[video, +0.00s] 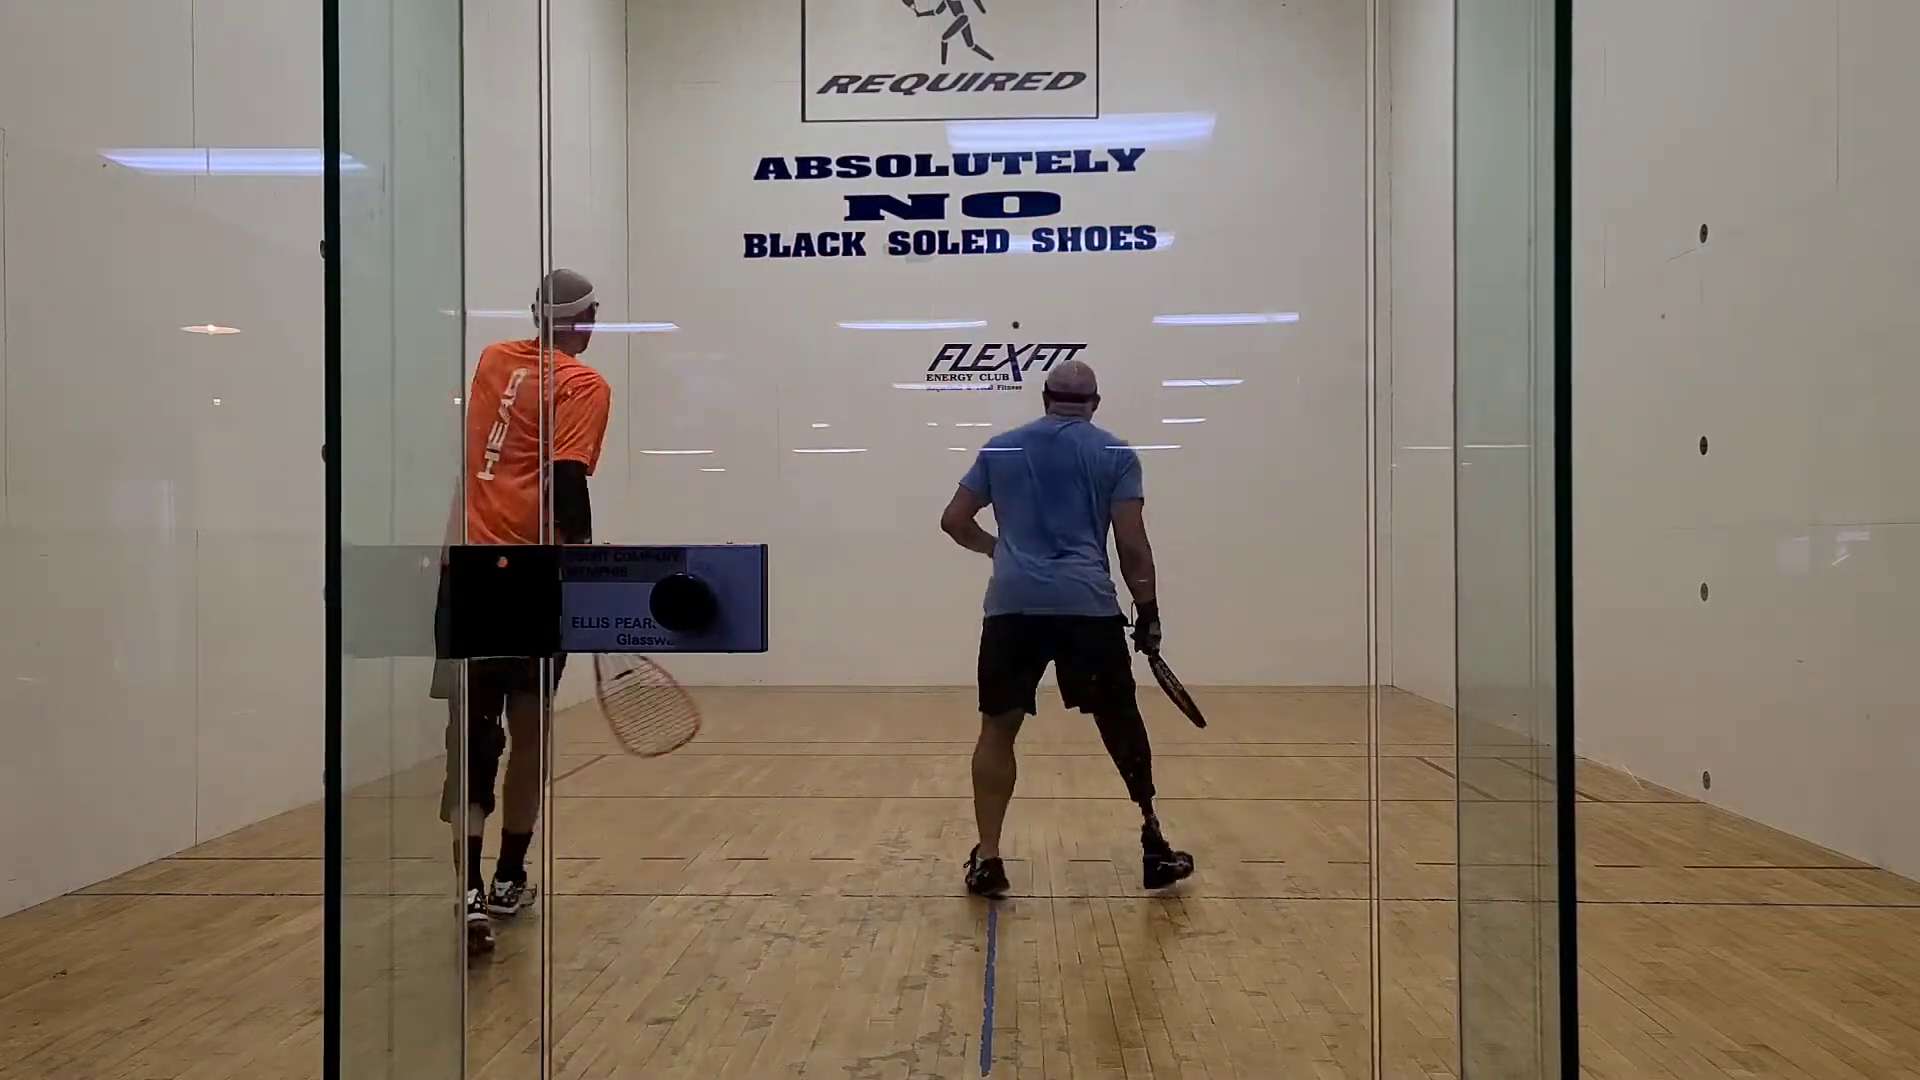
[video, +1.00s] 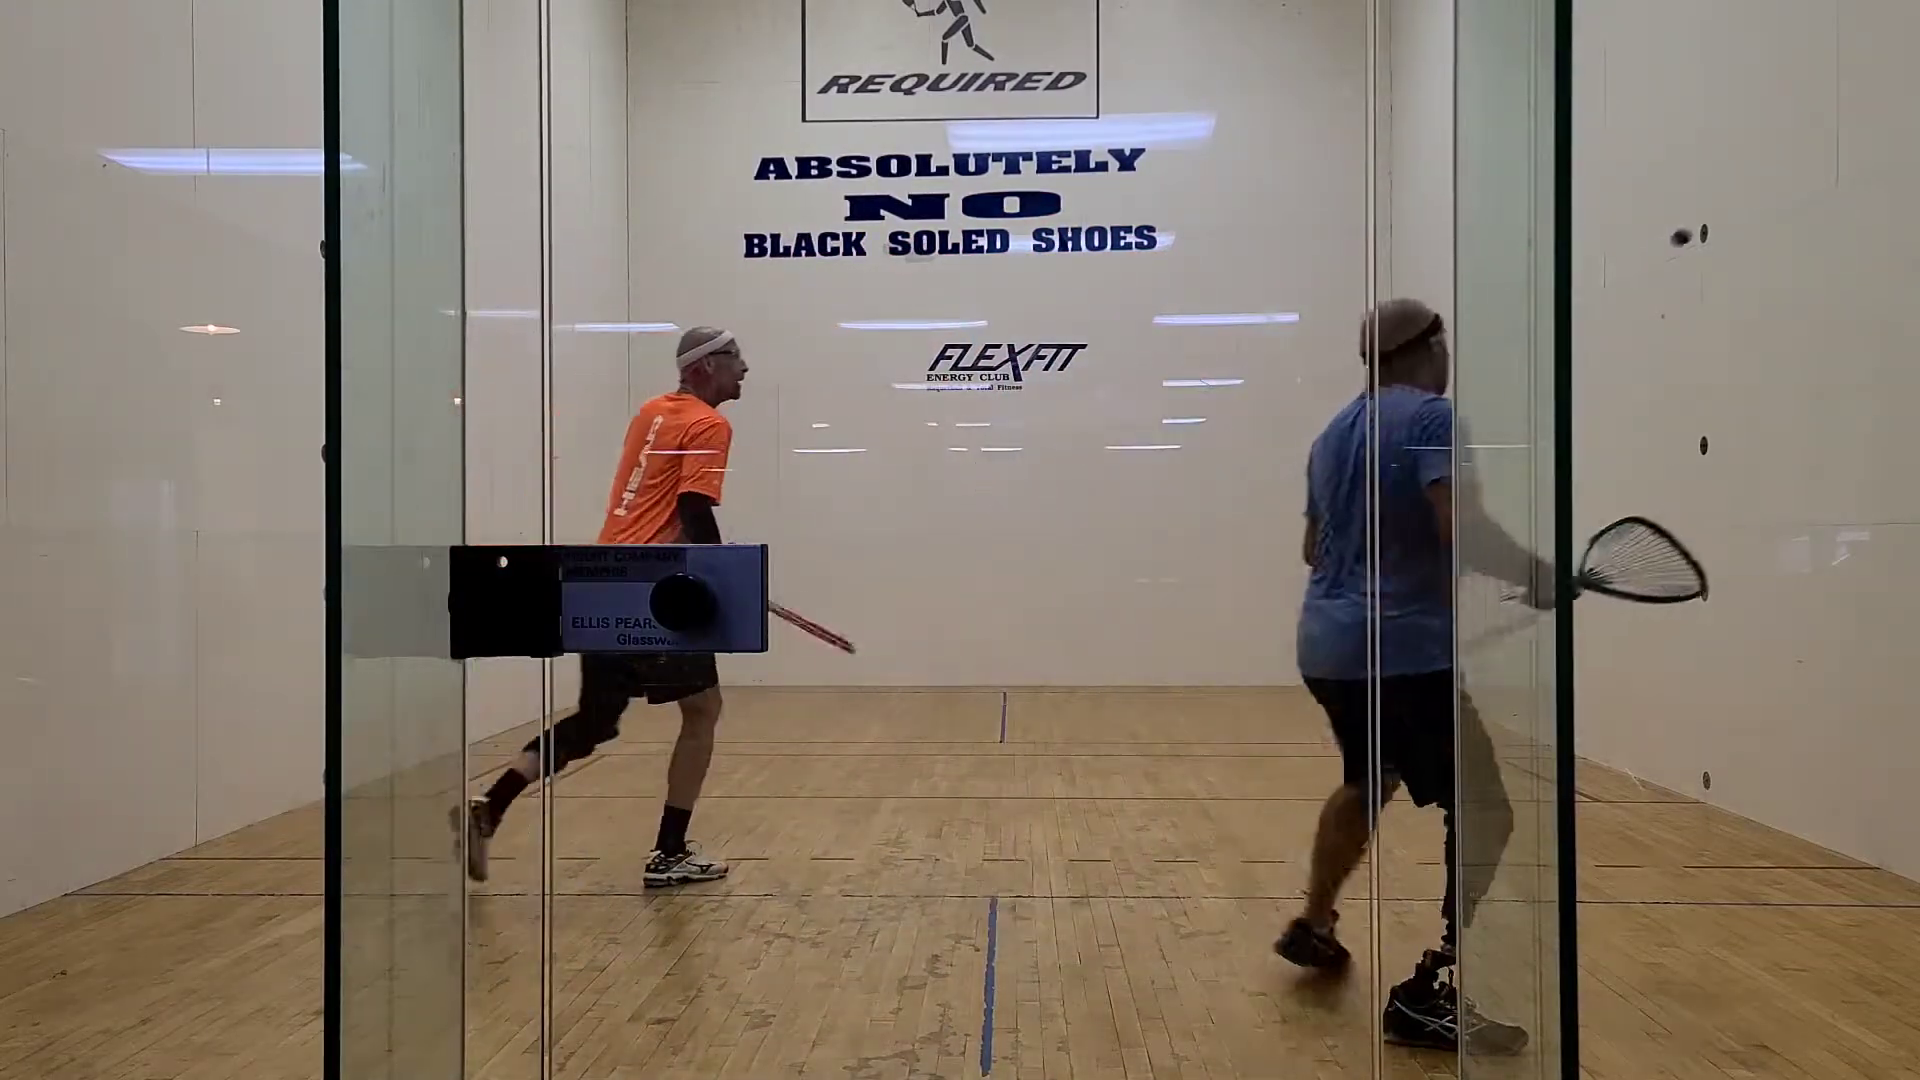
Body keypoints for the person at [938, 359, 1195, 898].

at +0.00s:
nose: (1088, 408)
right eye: (1091, 399)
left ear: (1044, 399)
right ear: (1096, 402)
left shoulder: (1002, 448)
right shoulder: (1114, 454)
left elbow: (956, 521)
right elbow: (1133, 546)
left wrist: (999, 546)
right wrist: (1148, 613)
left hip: (1011, 612)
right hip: (1088, 613)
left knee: (997, 729)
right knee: (1118, 717)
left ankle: (987, 859)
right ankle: (1154, 843)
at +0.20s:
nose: (1097, 414)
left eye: (1088, 404)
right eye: (1102, 405)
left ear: (1054, 406)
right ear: (1107, 408)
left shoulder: (1008, 459)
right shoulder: (1115, 463)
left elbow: (967, 534)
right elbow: (1147, 559)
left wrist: (1019, 556)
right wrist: (1173, 617)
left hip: (1011, 635)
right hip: (1084, 634)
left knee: (999, 744)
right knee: (1137, 741)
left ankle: (976, 866)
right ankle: (1122, 840)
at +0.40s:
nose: (1163, 411)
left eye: (1146, 398)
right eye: (1165, 401)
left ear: (1109, 402)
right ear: (1164, 402)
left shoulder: (1066, 456)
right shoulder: (1166, 458)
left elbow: (1013, 536)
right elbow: (1193, 556)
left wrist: (1041, 596)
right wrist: (1224, 612)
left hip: (1051, 638)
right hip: (1113, 645)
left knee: (1053, 757)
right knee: (1126, 783)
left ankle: (999, 875)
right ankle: (1039, 880)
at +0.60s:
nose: (1255, 409)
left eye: (1249, 399)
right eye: (1255, 399)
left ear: (1196, 396)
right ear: (1249, 398)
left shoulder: (1139, 445)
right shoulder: (1247, 457)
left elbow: (1078, 528)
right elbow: (1273, 565)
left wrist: (1109, 597)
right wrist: (1310, 626)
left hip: (1122, 642)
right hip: (1189, 646)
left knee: (1205, 766)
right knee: (1231, 788)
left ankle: (1219, 903)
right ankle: (1101, 872)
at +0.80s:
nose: (1337, 418)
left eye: (1335, 407)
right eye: (1336, 407)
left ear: (1271, 408)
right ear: (1326, 407)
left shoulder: (1230, 470)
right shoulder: (1319, 472)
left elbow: (1203, 572)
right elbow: (1340, 582)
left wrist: (1288, 596)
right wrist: (1404, 628)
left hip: (1216, 669)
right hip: (1285, 672)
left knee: (1273, 772)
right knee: (1401, 793)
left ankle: (1237, 912)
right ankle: (1399, 943)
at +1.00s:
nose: (1446, 359)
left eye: (1442, 348)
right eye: (1441, 348)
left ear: (1374, 359)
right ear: (1427, 350)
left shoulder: (1333, 433)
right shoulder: (1432, 415)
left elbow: (1315, 549)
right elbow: (1466, 530)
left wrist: (1405, 559)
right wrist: (1537, 572)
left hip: (1328, 655)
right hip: (1409, 658)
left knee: (1365, 779)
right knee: (1486, 814)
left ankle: (1313, 924)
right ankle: (1440, 984)